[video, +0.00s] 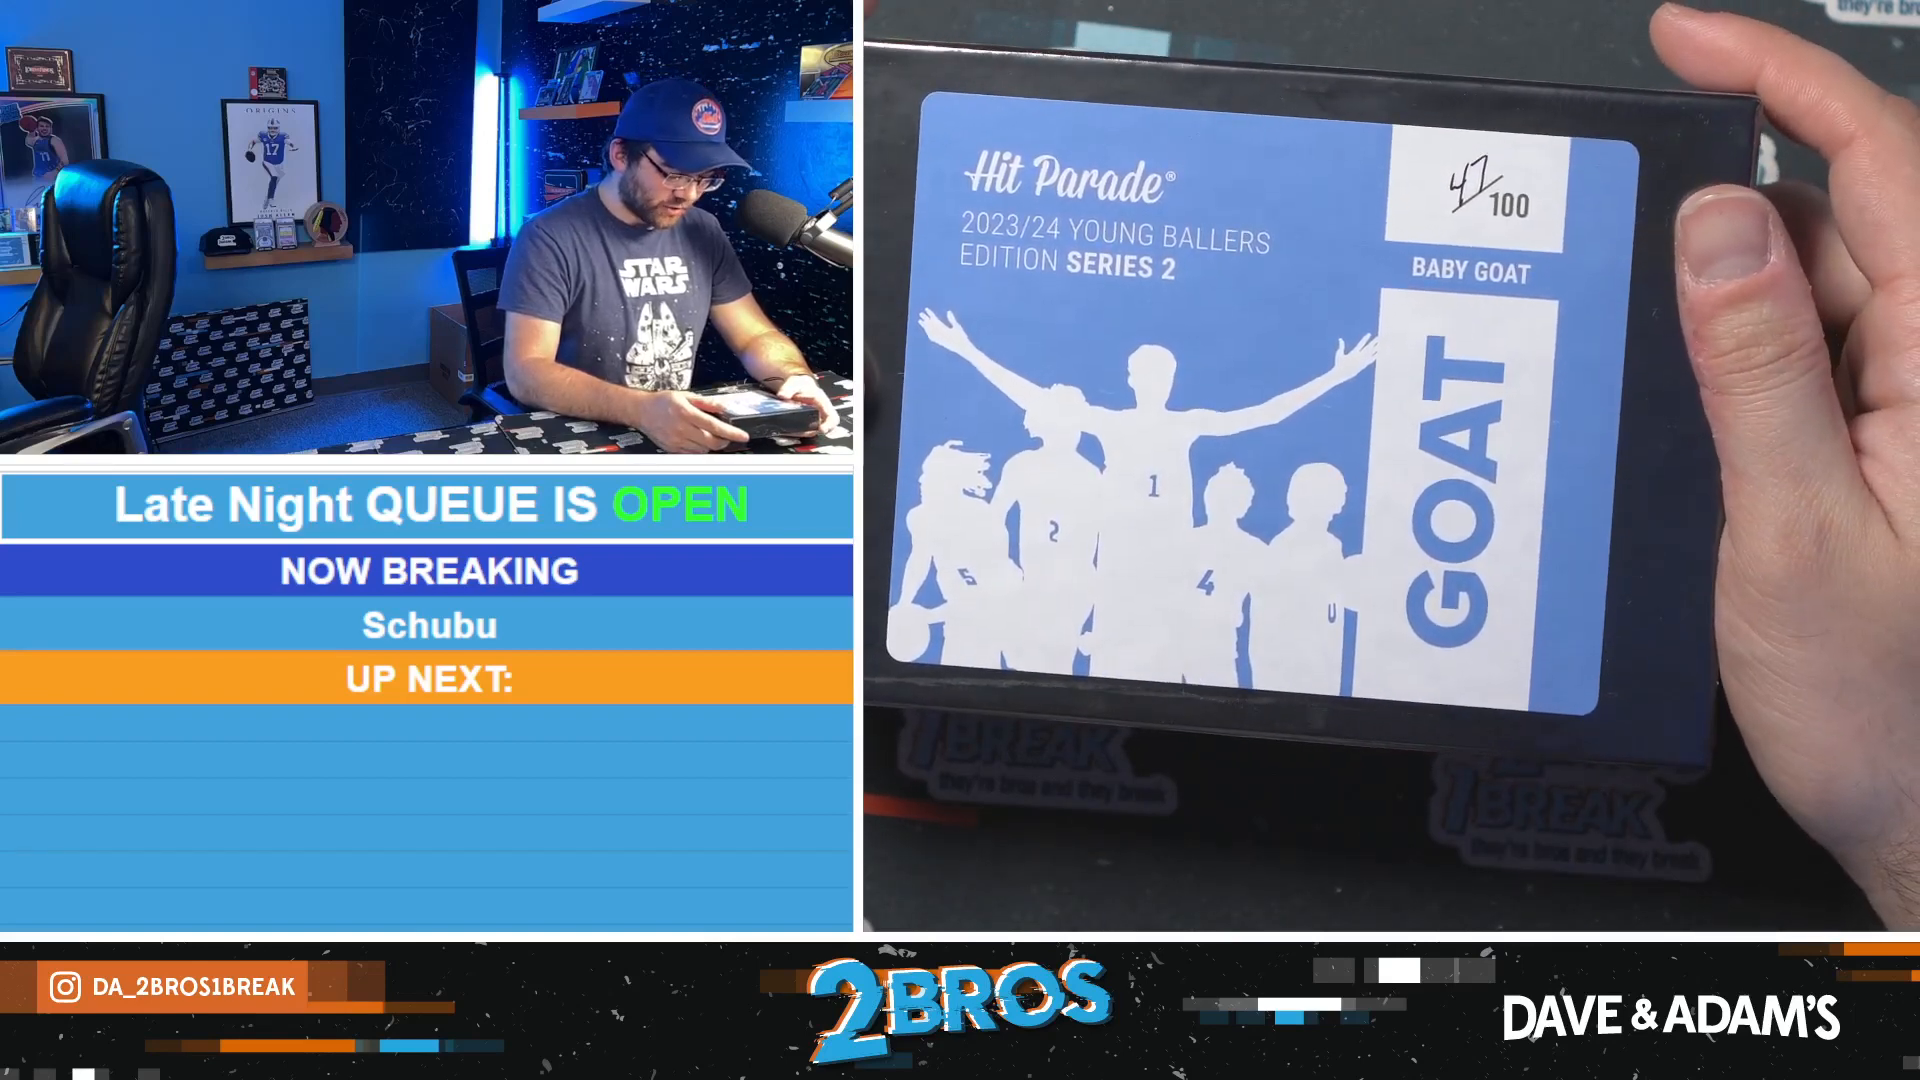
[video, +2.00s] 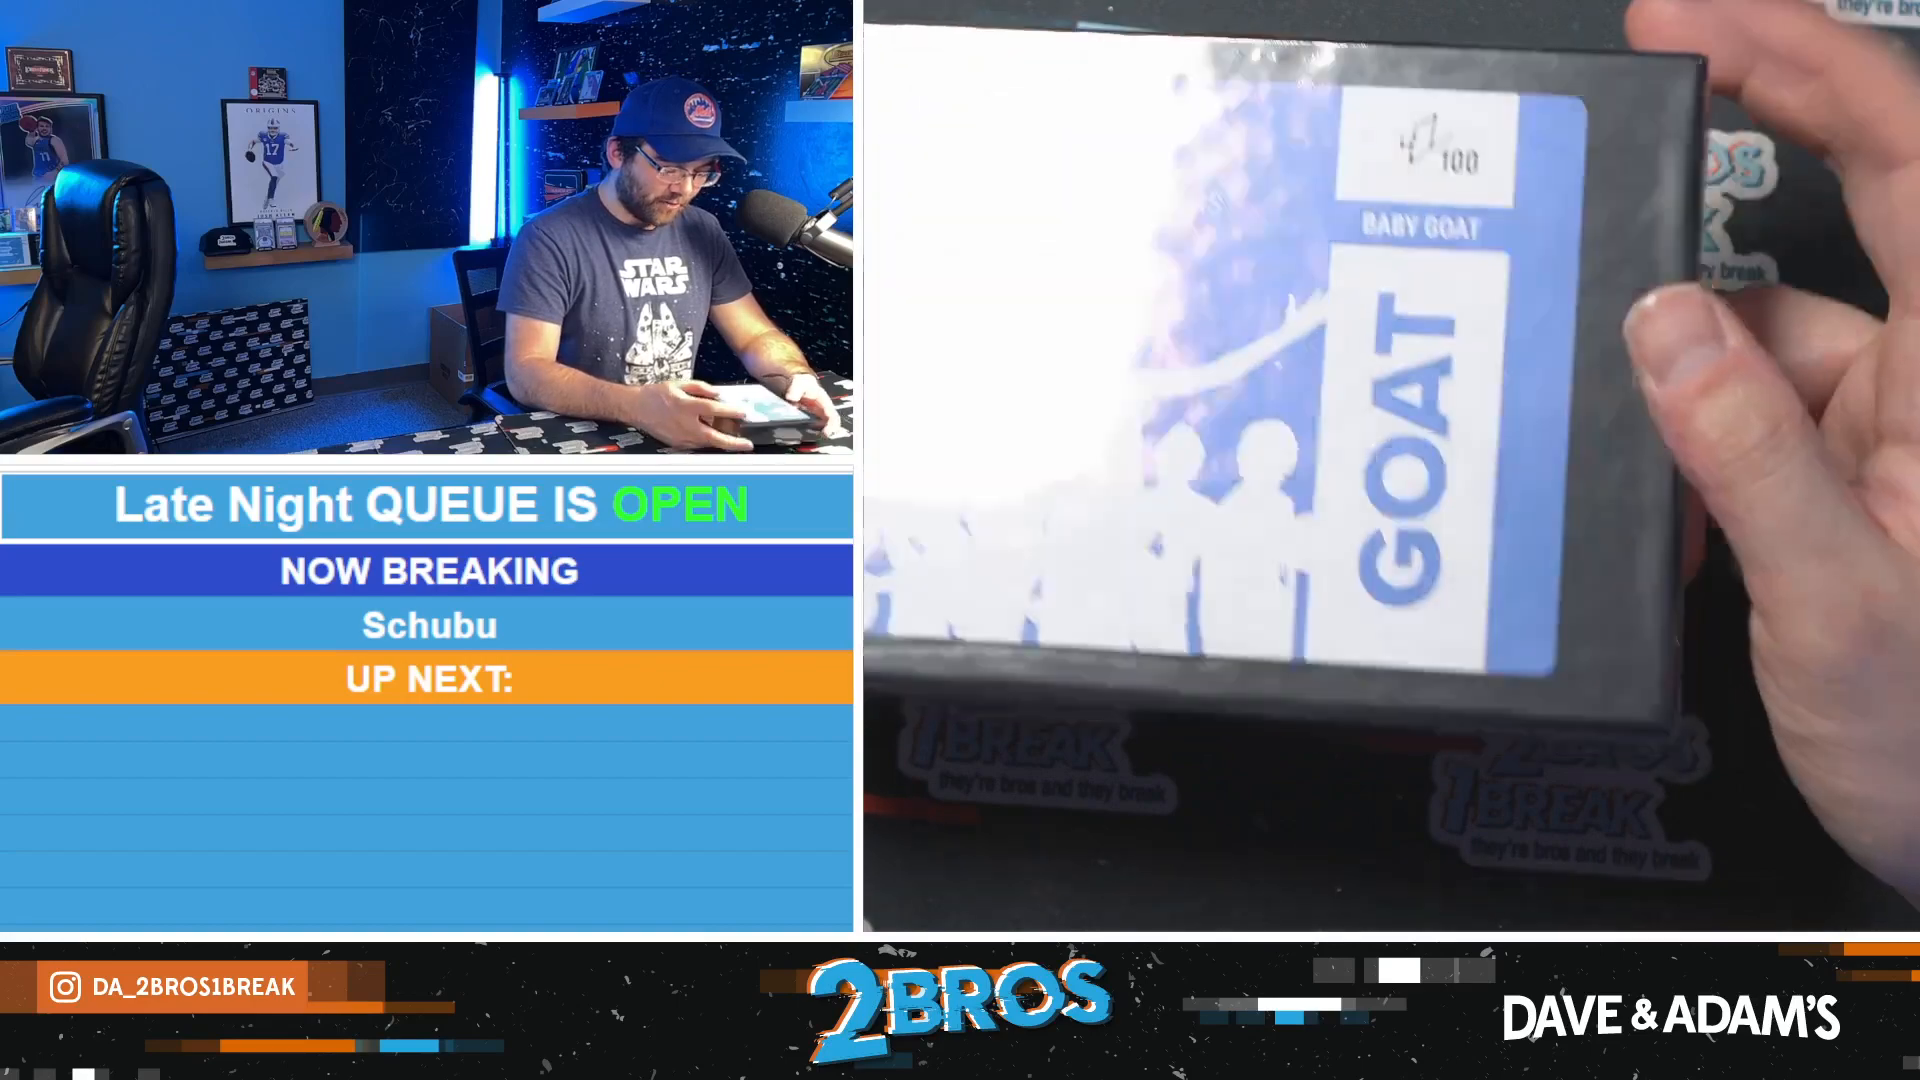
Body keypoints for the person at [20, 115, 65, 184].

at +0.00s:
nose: (44, 128)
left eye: (47, 126)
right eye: (41, 126)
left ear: (50, 128)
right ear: (37, 128)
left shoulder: (55, 140)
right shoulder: (35, 140)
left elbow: (64, 160)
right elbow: (28, 142)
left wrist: (54, 173)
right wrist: (31, 132)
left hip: (51, 177)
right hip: (37, 176)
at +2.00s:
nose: (44, 128)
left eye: (47, 126)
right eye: (41, 126)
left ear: (50, 129)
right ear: (37, 128)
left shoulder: (54, 140)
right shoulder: (35, 140)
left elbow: (64, 160)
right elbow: (28, 142)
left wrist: (54, 173)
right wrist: (31, 133)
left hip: (50, 177)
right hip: (37, 176)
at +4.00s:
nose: (44, 128)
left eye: (47, 126)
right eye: (41, 126)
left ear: (51, 128)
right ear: (37, 128)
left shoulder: (54, 140)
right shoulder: (35, 140)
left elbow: (64, 160)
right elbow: (28, 142)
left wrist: (54, 173)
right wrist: (31, 133)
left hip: (50, 177)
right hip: (37, 176)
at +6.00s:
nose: (44, 128)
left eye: (47, 126)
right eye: (41, 126)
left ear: (51, 128)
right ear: (37, 128)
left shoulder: (54, 140)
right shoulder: (35, 140)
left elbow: (64, 160)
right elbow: (28, 141)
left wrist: (53, 173)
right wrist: (31, 132)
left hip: (51, 177)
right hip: (37, 176)